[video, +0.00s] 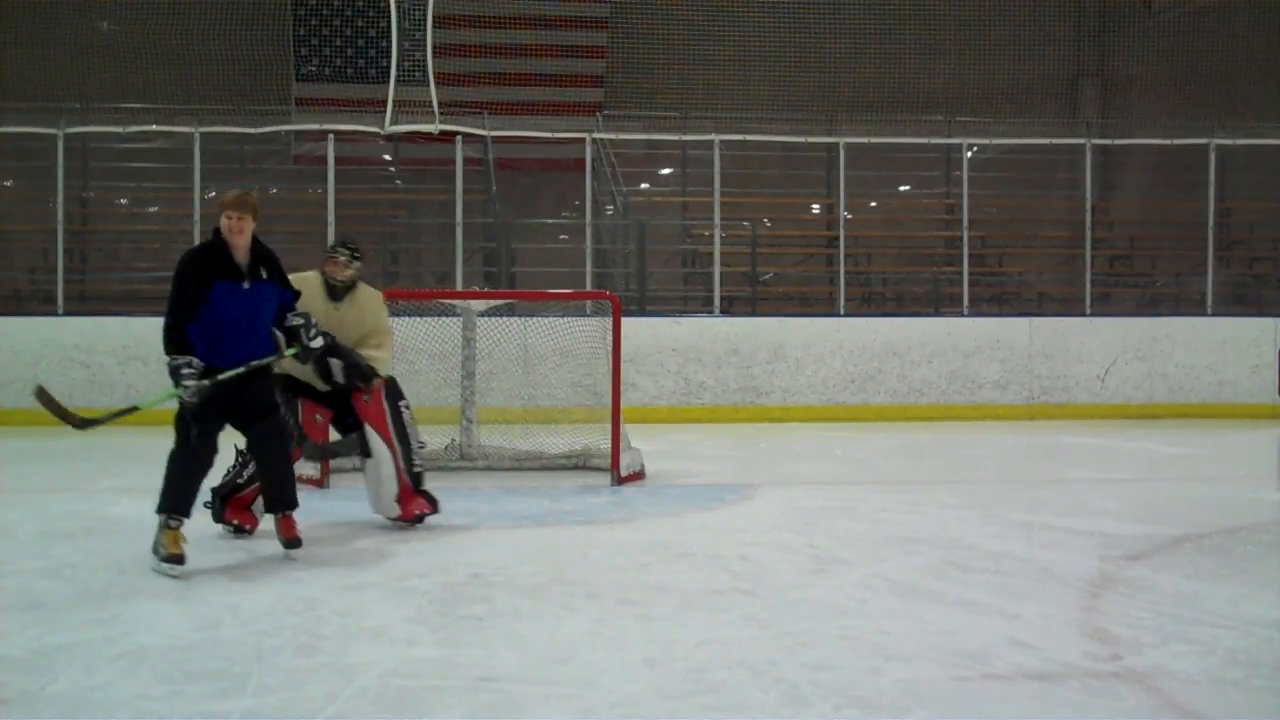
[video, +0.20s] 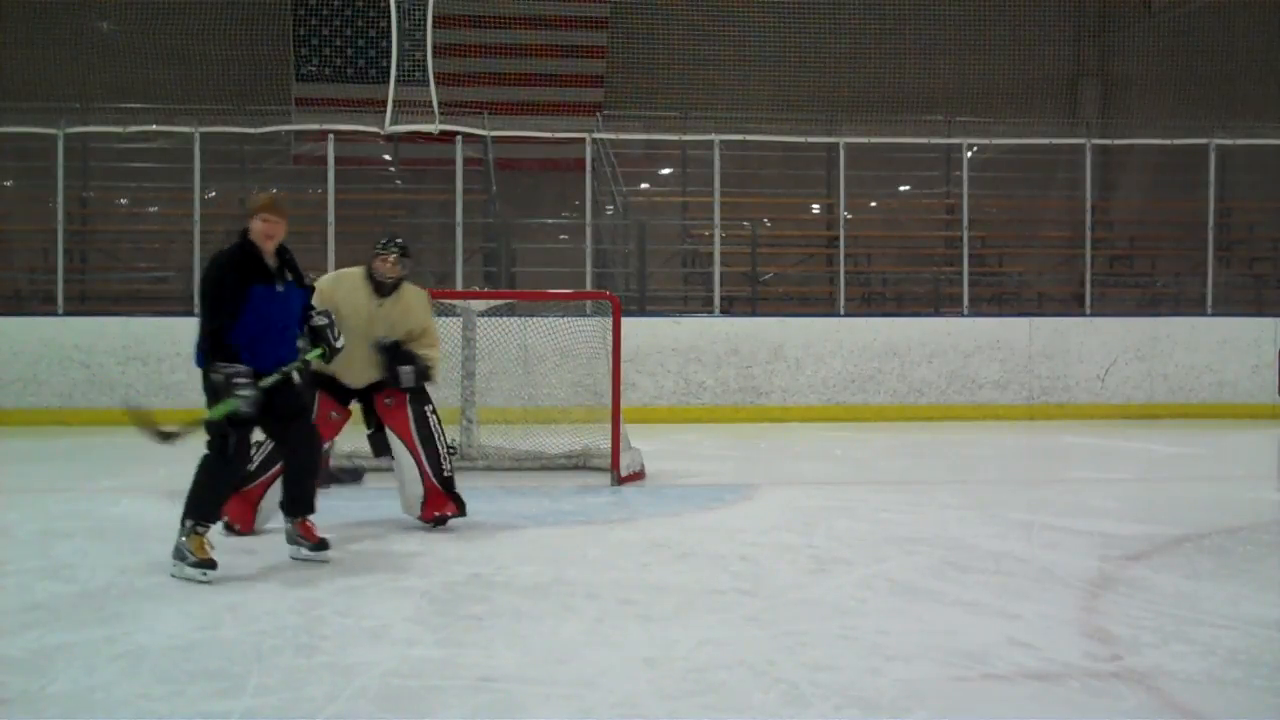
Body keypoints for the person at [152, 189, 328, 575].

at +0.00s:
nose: (232, 223)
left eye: (240, 218)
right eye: (227, 217)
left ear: (253, 222)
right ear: (219, 221)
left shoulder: (267, 261)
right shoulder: (198, 261)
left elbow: (286, 308)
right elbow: (176, 321)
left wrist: (306, 335)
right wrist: (184, 369)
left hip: (255, 371)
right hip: (206, 374)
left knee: (272, 438)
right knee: (195, 448)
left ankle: (283, 513)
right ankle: (171, 527)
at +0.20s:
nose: (268, 228)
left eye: (276, 222)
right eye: (262, 220)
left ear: (286, 228)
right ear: (249, 223)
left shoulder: (288, 266)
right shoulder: (227, 265)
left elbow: (299, 312)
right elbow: (214, 328)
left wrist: (316, 326)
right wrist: (230, 377)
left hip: (279, 374)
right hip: (232, 376)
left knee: (304, 442)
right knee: (230, 454)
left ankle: (298, 522)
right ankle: (193, 535)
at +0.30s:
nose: (300, 238)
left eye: (306, 231)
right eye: (293, 230)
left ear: (311, 237)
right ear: (274, 232)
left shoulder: (303, 278)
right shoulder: (253, 274)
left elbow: (305, 329)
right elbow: (243, 339)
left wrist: (322, 353)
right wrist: (268, 378)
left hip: (291, 380)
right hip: (246, 380)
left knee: (330, 441)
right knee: (244, 456)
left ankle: (316, 525)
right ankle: (200, 535)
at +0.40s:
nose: (335, 253)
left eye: (340, 246)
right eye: (328, 244)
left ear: (344, 251)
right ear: (309, 245)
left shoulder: (319, 288)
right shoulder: (290, 282)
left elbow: (325, 344)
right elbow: (295, 349)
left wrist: (347, 374)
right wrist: (329, 378)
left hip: (302, 389)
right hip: (266, 388)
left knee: (356, 441)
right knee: (261, 464)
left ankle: (343, 524)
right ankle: (207, 537)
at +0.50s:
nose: (382, 254)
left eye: (384, 247)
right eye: (375, 247)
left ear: (381, 252)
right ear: (354, 248)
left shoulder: (359, 286)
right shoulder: (339, 283)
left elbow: (357, 343)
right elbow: (346, 344)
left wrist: (384, 374)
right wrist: (381, 376)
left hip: (339, 386)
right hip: (300, 383)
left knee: (382, 441)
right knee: (275, 462)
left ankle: (362, 527)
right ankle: (213, 539)